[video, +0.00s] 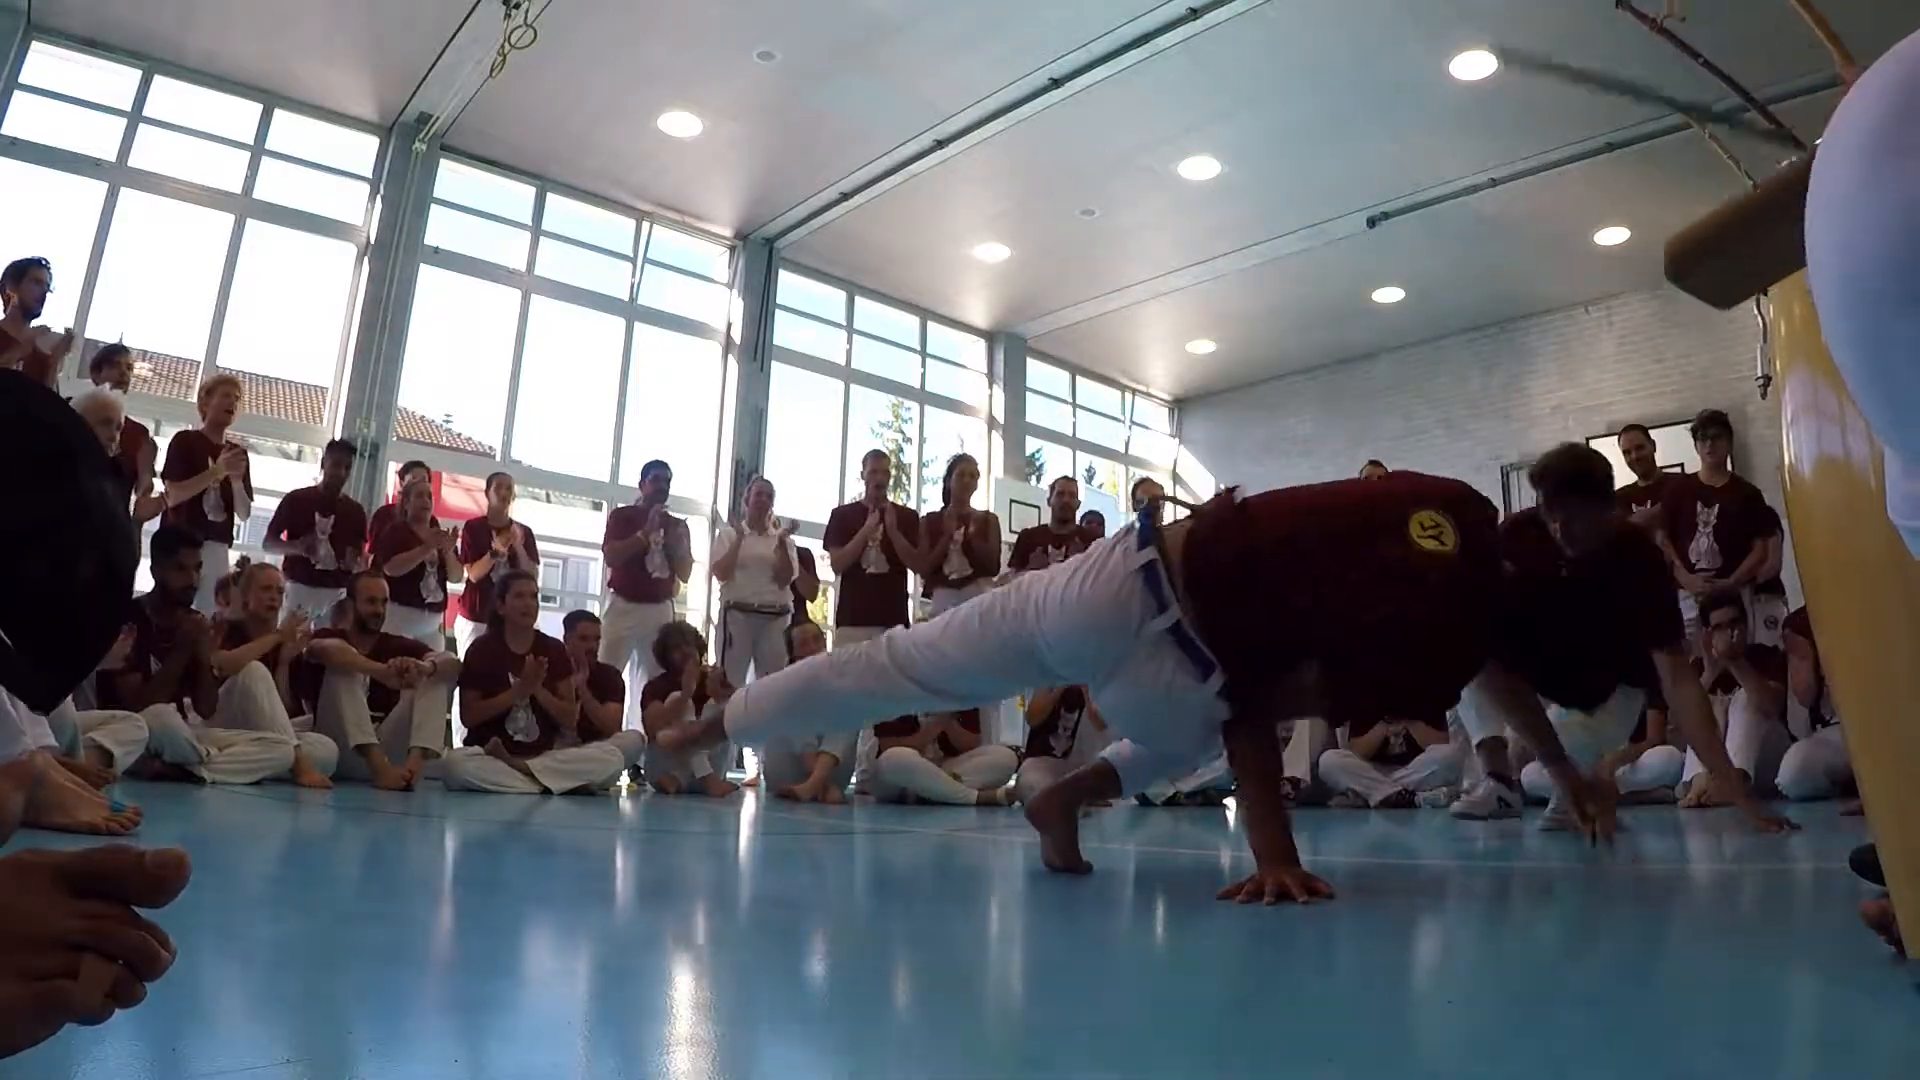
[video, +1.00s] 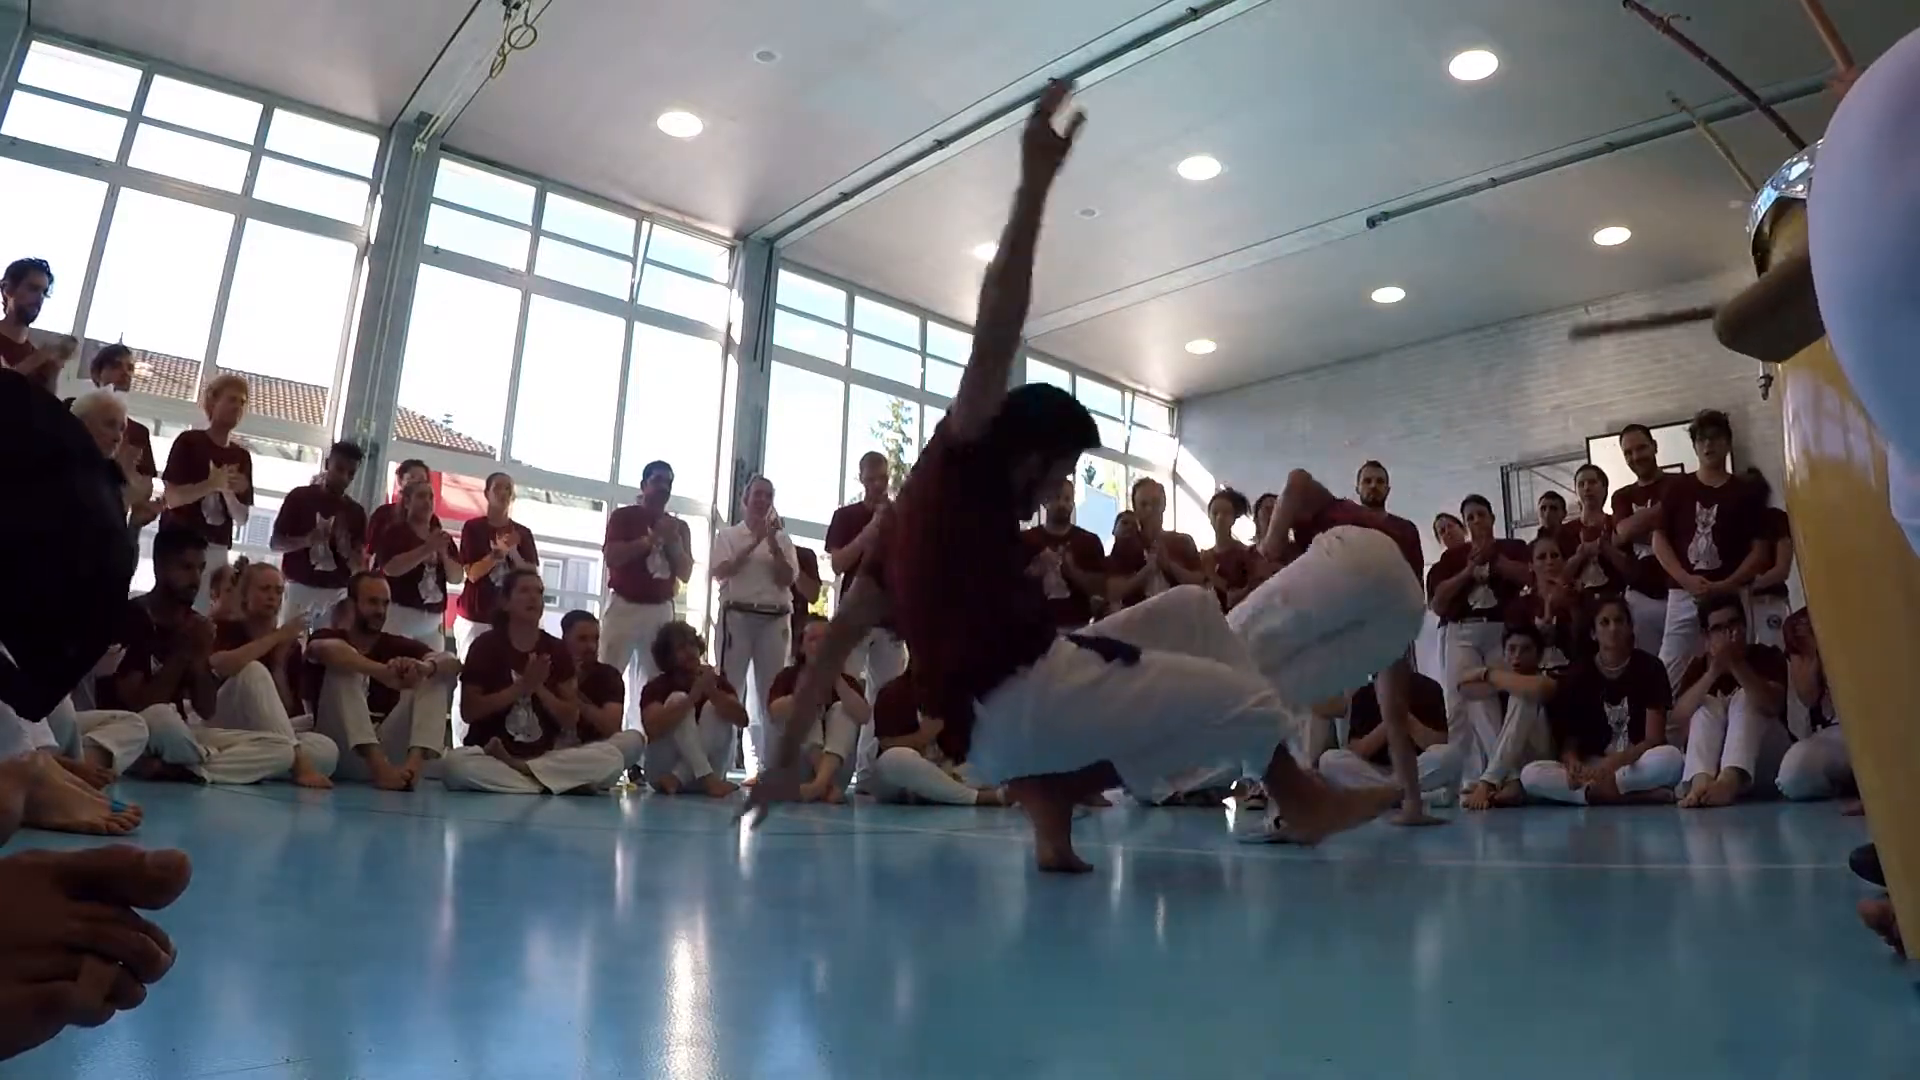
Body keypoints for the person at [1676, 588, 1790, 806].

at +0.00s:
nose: (1730, 633)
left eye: (1735, 624)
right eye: (1720, 627)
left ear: (1746, 624)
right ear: (1708, 634)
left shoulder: (1768, 656)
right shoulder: (1698, 667)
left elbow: (1773, 707)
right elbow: (1680, 717)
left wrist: (1734, 661)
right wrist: (1709, 673)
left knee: (1746, 698)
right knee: (1701, 703)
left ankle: (1737, 781)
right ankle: (1699, 780)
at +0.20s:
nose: (1730, 633)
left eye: (1735, 624)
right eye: (1720, 628)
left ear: (1745, 625)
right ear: (1708, 637)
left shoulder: (1767, 656)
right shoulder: (1700, 668)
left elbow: (1774, 707)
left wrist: (1740, 669)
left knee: (1745, 696)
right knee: (1706, 709)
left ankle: (1730, 778)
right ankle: (1700, 781)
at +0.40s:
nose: (1729, 634)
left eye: (1735, 624)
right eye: (1719, 628)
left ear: (1745, 624)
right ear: (1707, 634)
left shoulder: (1768, 656)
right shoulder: (1700, 666)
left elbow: (1773, 707)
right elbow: (1676, 723)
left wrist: (1735, 663)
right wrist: (1709, 674)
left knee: (1745, 697)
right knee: (1708, 704)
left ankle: (1729, 780)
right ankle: (1700, 781)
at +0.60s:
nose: (1728, 634)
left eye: (1734, 625)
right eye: (1719, 629)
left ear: (1745, 625)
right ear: (1707, 635)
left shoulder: (1768, 656)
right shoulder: (1699, 665)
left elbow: (1774, 706)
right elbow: (1678, 716)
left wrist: (1737, 664)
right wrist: (1712, 673)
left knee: (1745, 697)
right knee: (1708, 704)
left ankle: (1730, 778)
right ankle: (1700, 781)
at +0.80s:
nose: (1729, 633)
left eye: (1734, 624)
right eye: (1719, 629)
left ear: (1744, 625)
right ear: (1707, 635)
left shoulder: (1768, 655)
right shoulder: (1699, 665)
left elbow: (1774, 706)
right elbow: (1679, 716)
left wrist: (1737, 664)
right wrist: (1713, 673)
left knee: (1745, 697)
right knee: (1708, 704)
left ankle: (1730, 778)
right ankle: (1700, 781)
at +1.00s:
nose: (1728, 634)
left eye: (1733, 625)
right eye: (1719, 629)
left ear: (1744, 626)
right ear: (1707, 636)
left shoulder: (1768, 656)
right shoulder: (1699, 665)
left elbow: (1774, 706)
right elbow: (1679, 716)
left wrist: (1736, 664)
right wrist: (1711, 673)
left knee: (1745, 696)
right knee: (1707, 705)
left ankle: (1730, 778)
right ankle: (1700, 781)